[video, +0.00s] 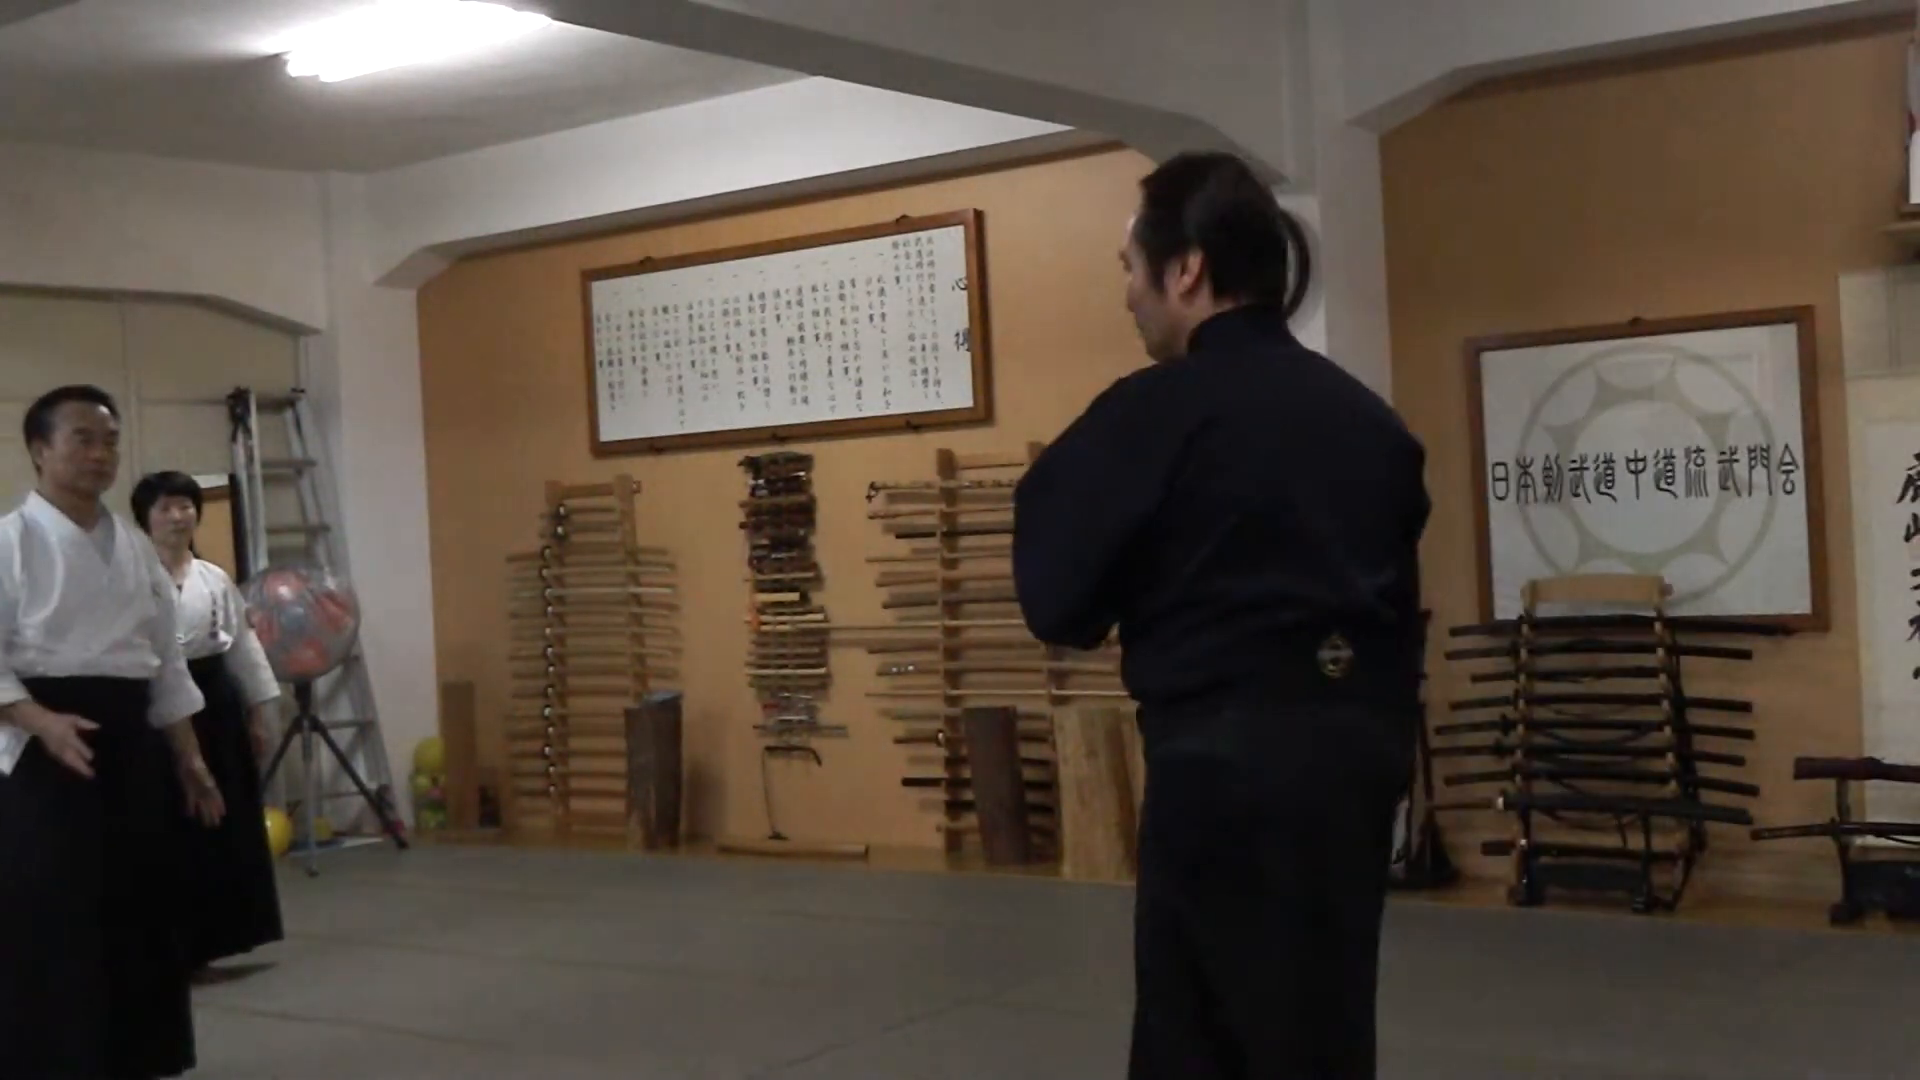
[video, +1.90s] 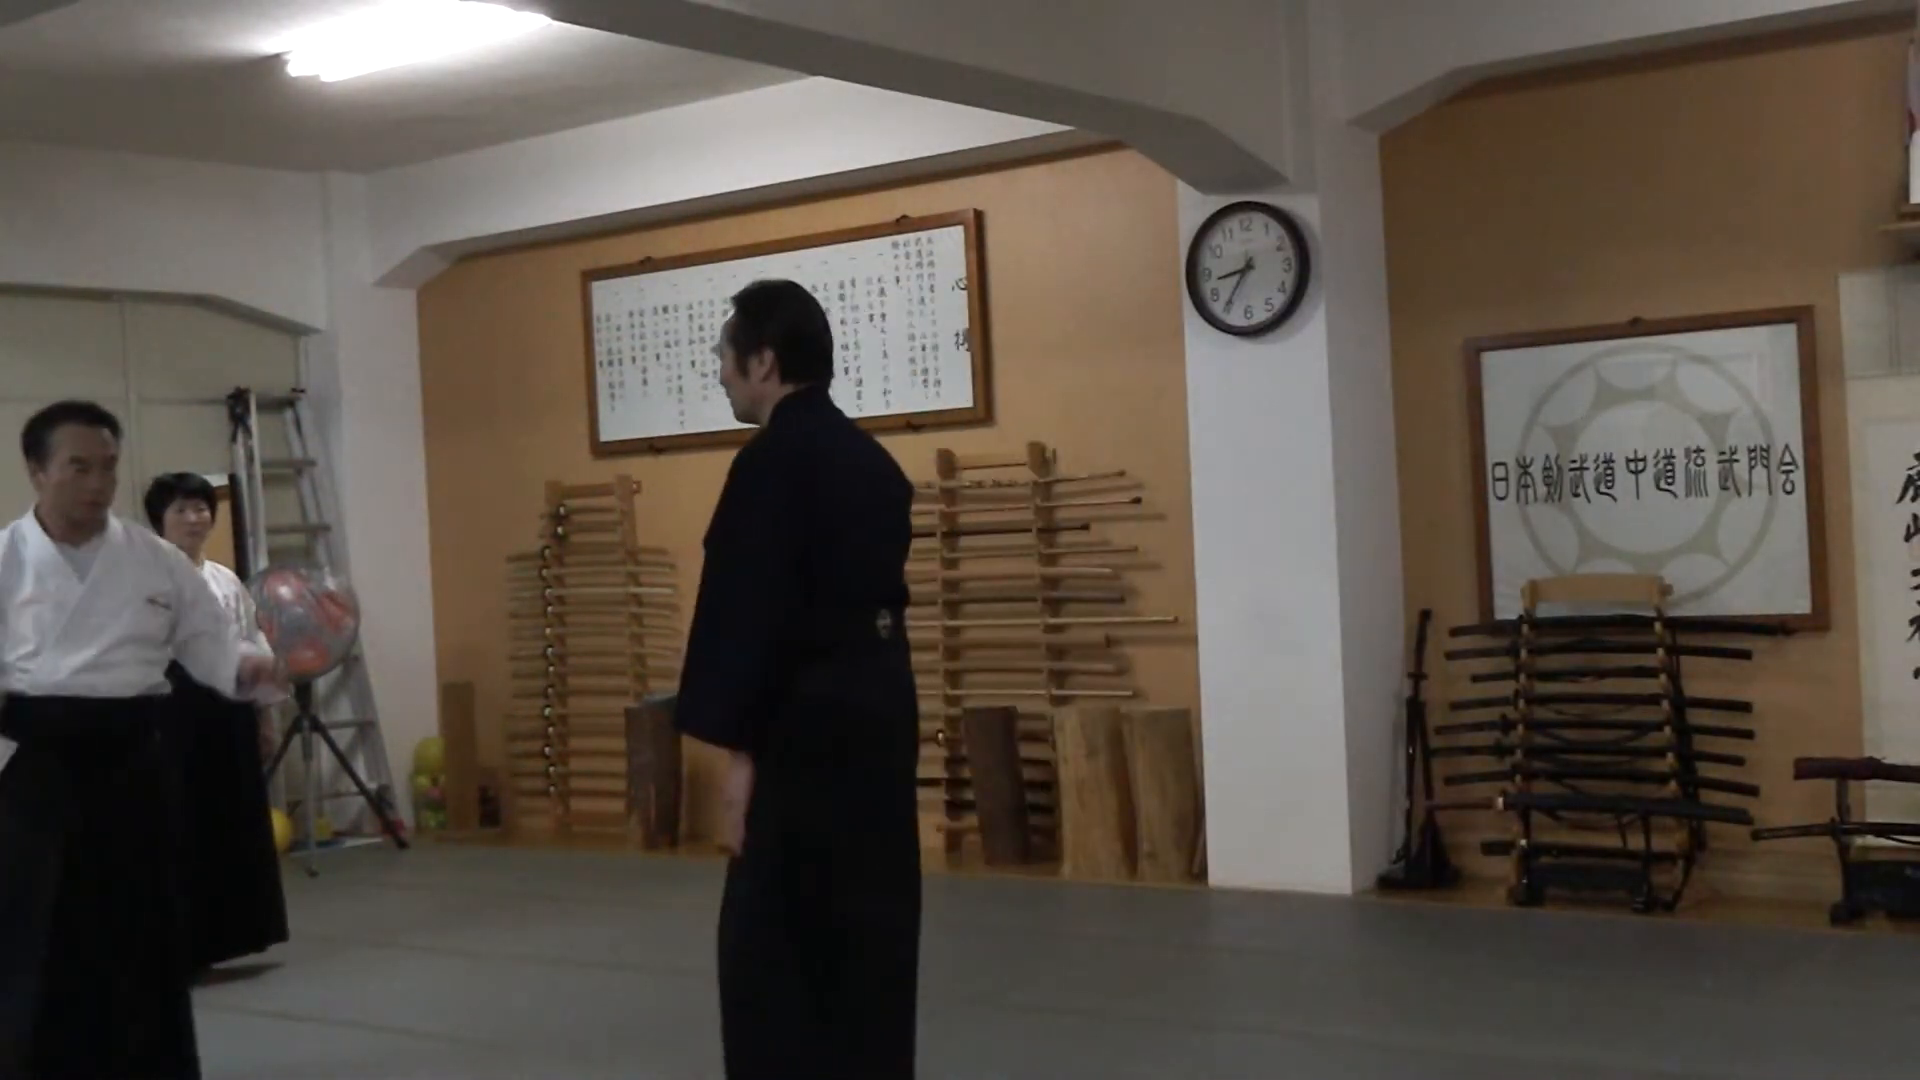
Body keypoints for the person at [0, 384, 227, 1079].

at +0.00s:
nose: (100, 452)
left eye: (109, 440)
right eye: (82, 438)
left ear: (118, 453)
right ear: (39, 450)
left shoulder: (135, 546)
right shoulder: (14, 538)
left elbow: (166, 659)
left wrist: (190, 754)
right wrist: (38, 721)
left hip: (132, 735)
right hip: (44, 738)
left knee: (140, 901)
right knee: (53, 909)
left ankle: (138, 1055)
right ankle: (56, 1058)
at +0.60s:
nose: (120, 451)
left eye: (128, 439)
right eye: (101, 437)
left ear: (135, 452)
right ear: (57, 450)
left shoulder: (150, 547)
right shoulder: (23, 545)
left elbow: (178, 654)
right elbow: (2, 663)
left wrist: (220, 722)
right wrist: (62, 670)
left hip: (149, 754)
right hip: (56, 764)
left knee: (155, 926)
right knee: (64, 936)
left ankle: (157, 1060)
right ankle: (73, 1064)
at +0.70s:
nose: (117, 456)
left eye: (125, 443)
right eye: (99, 441)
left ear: (132, 452)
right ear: (54, 449)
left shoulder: (135, 540)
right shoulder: (28, 532)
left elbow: (159, 652)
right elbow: (10, 643)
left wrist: (207, 662)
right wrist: (81, 611)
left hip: (140, 748)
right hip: (59, 753)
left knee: (148, 920)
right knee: (69, 930)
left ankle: (149, 1059)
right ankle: (77, 1064)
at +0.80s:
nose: (115, 461)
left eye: (123, 448)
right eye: (98, 446)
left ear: (128, 454)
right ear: (50, 451)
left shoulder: (120, 536)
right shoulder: (25, 526)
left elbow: (185, 636)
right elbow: (64, 581)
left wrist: (186, 590)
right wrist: (147, 551)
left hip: (123, 752)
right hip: (51, 760)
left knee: (138, 926)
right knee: (68, 936)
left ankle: (141, 1058)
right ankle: (77, 1063)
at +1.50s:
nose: (130, 462)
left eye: (138, 447)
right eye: (112, 447)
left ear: (145, 454)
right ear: (64, 454)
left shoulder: (141, 542)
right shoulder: (38, 543)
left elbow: (169, 631)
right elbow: (93, 637)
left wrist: (192, 684)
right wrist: (172, 652)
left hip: (133, 752)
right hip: (54, 762)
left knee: (144, 924)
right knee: (68, 937)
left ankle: (147, 1059)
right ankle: (78, 1066)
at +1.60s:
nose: (131, 462)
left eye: (140, 448)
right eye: (112, 447)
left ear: (148, 456)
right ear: (67, 455)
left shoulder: (162, 548)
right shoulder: (33, 549)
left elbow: (193, 653)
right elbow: (28, 664)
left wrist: (212, 748)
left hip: (158, 735)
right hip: (64, 746)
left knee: (159, 923)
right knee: (76, 928)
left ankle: (158, 1063)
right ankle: (76, 1064)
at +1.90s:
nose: (99, 481)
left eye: (109, 466)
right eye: (81, 466)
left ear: (119, 471)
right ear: (37, 472)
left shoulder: (159, 563)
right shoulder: (10, 556)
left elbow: (224, 660)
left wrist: (284, 664)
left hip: (129, 757)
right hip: (27, 755)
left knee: (139, 939)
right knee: (33, 941)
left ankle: (146, 1067)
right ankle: (40, 1066)